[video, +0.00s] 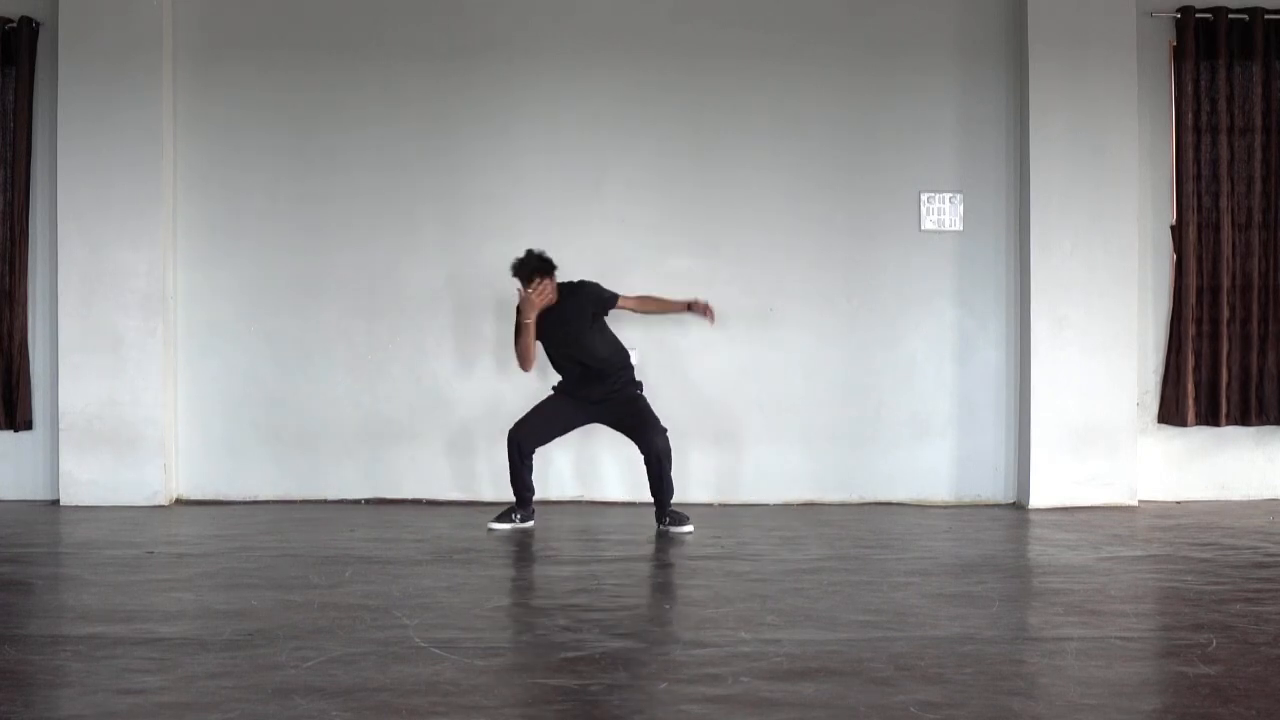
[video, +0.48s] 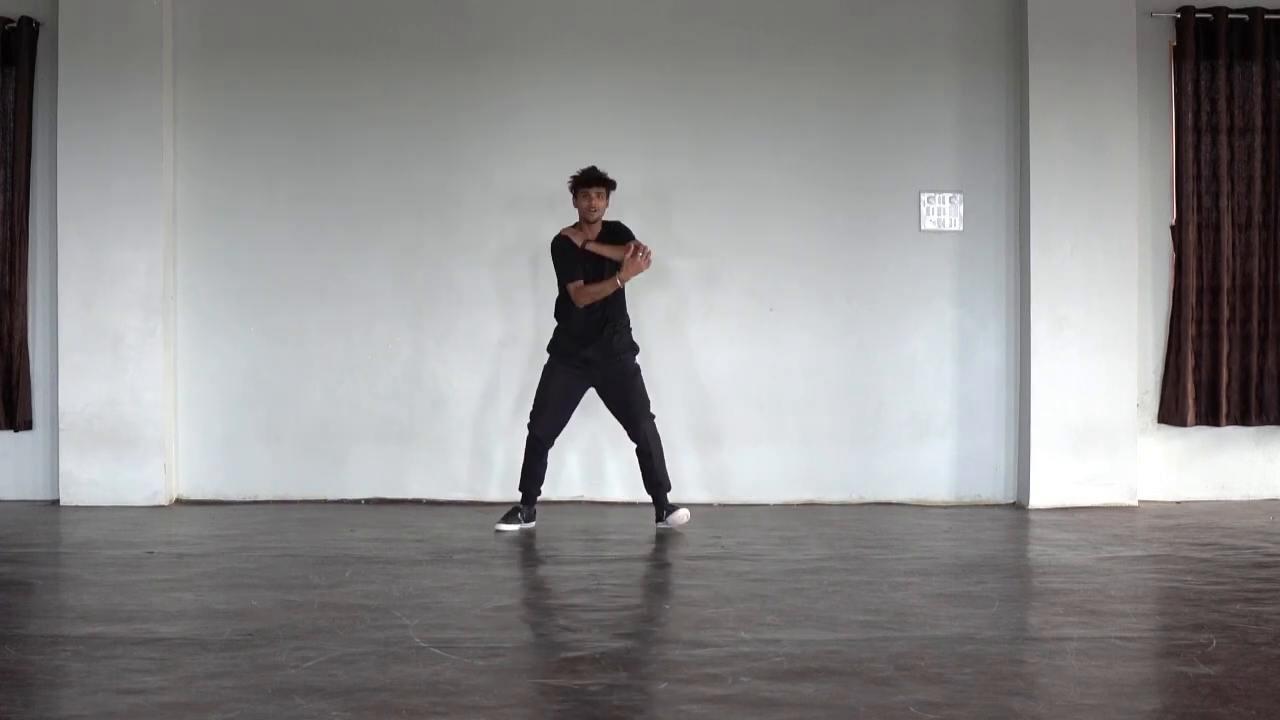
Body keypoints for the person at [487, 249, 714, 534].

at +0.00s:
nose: (536, 295)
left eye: (540, 288)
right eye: (530, 291)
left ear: (552, 281)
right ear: (524, 290)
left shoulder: (583, 294)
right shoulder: (526, 314)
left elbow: (636, 304)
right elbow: (526, 363)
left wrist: (688, 306)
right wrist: (528, 318)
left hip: (619, 394)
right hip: (574, 396)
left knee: (656, 440)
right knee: (520, 437)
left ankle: (665, 513)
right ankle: (523, 509)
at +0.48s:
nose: (592, 204)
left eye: (599, 197)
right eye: (585, 197)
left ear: (607, 201)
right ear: (574, 201)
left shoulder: (616, 232)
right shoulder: (564, 244)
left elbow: (642, 259)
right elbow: (578, 296)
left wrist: (589, 245)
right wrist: (623, 276)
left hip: (615, 355)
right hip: (569, 356)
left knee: (644, 428)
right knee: (539, 432)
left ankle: (664, 508)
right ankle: (526, 509)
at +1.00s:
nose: (573, 201)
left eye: (580, 195)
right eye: (566, 195)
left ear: (589, 199)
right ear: (557, 200)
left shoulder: (599, 229)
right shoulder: (547, 243)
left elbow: (583, 260)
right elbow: (544, 298)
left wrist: (553, 244)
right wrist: (565, 279)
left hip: (607, 351)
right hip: (566, 353)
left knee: (630, 429)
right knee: (540, 432)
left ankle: (659, 505)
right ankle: (525, 509)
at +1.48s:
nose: (593, 212)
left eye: (600, 206)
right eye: (587, 206)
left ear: (610, 211)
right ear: (576, 208)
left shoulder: (620, 252)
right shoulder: (556, 245)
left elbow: (641, 300)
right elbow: (543, 292)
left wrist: (621, 332)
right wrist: (535, 330)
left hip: (597, 363)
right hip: (552, 362)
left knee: (625, 437)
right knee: (524, 436)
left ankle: (656, 509)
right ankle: (524, 508)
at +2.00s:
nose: (570, 221)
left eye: (576, 215)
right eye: (563, 215)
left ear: (586, 219)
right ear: (554, 220)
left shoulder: (607, 252)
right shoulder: (544, 263)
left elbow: (636, 296)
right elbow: (536, 314)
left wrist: (645, 330)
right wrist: (543, 338)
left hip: (613, 362)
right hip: (567, 365)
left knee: (635, 439)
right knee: (542, 436)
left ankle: (657, 510)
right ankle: (526, 510)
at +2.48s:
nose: (626, 207)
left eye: (634, 202)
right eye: (620, 200)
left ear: (642, 207)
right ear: (609, 204)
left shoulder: (654, 250)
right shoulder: (589, 247)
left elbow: (684, 294)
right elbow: (562, 298)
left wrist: (672, 343)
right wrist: (546, 349)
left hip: (629, 362)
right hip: (581, 356)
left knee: (639, 439)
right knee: (536, 412)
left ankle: (648, 509)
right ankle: (519, 490)